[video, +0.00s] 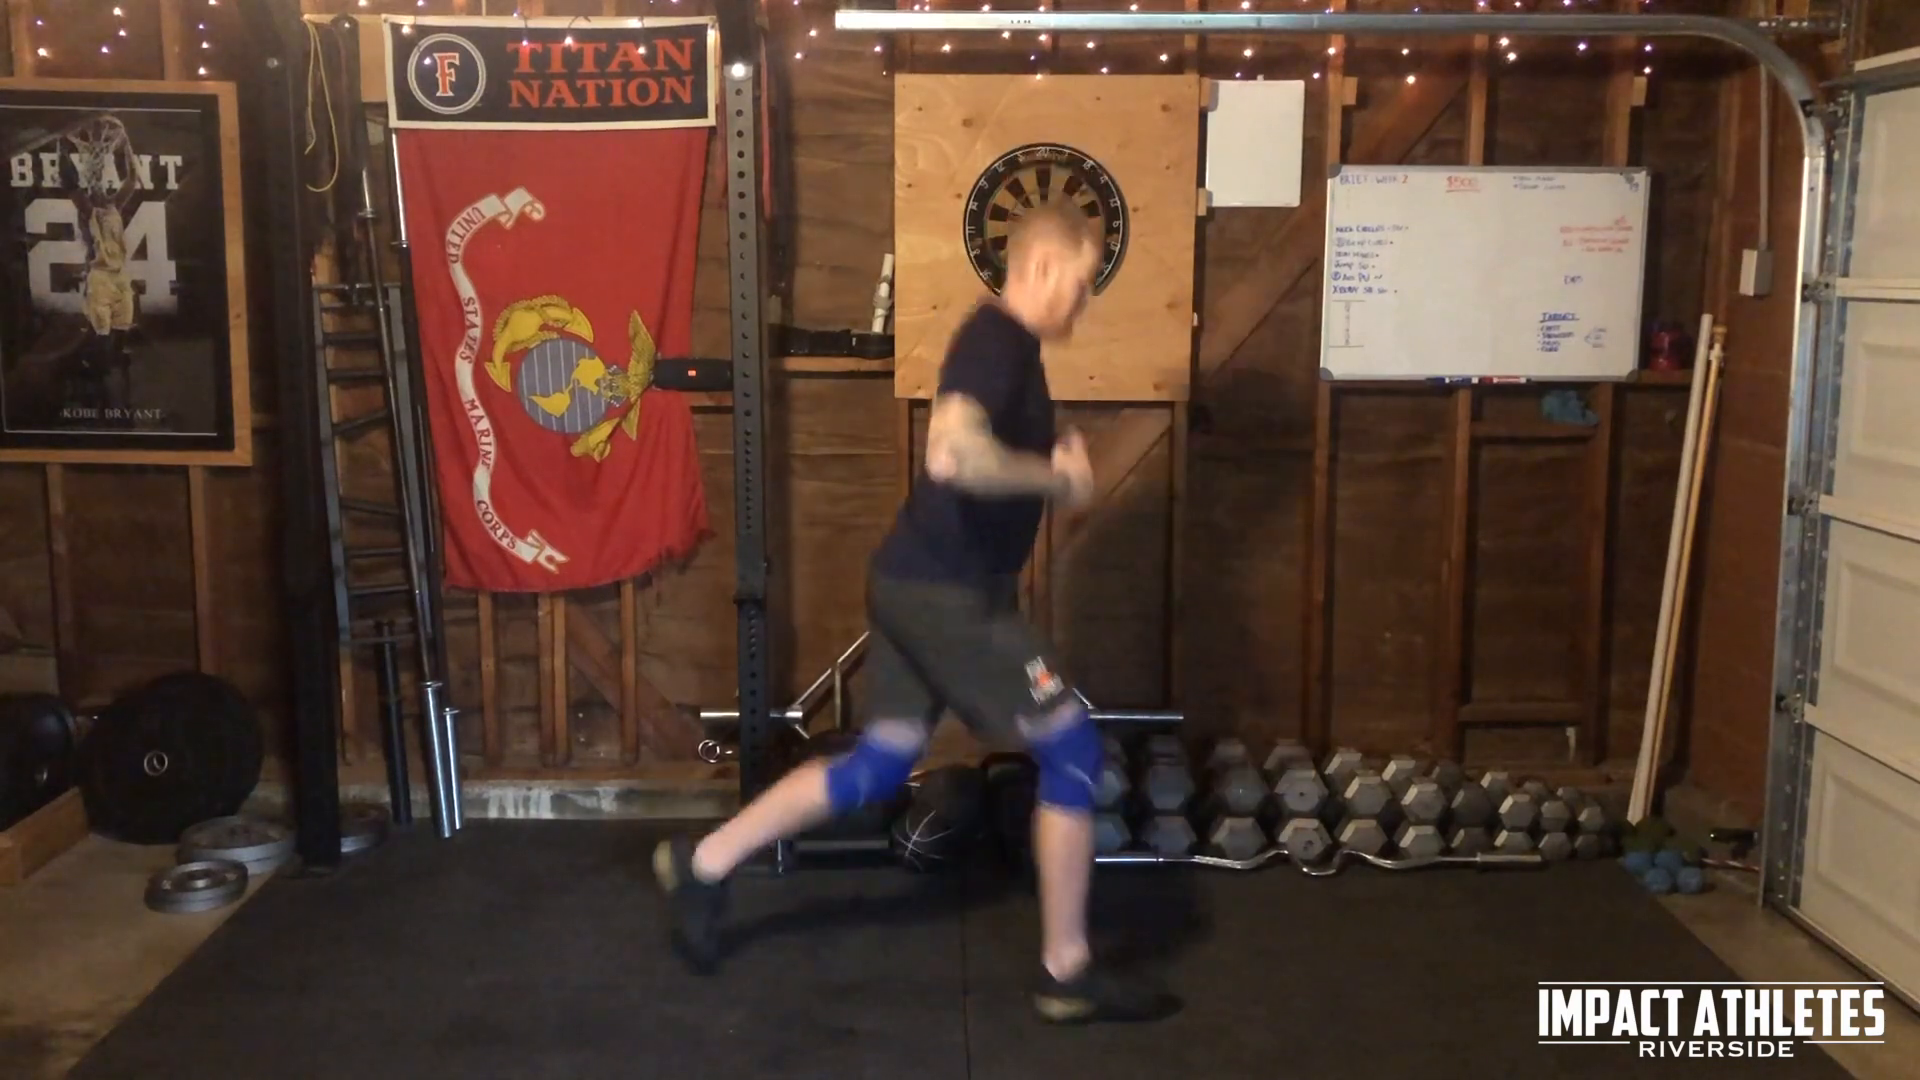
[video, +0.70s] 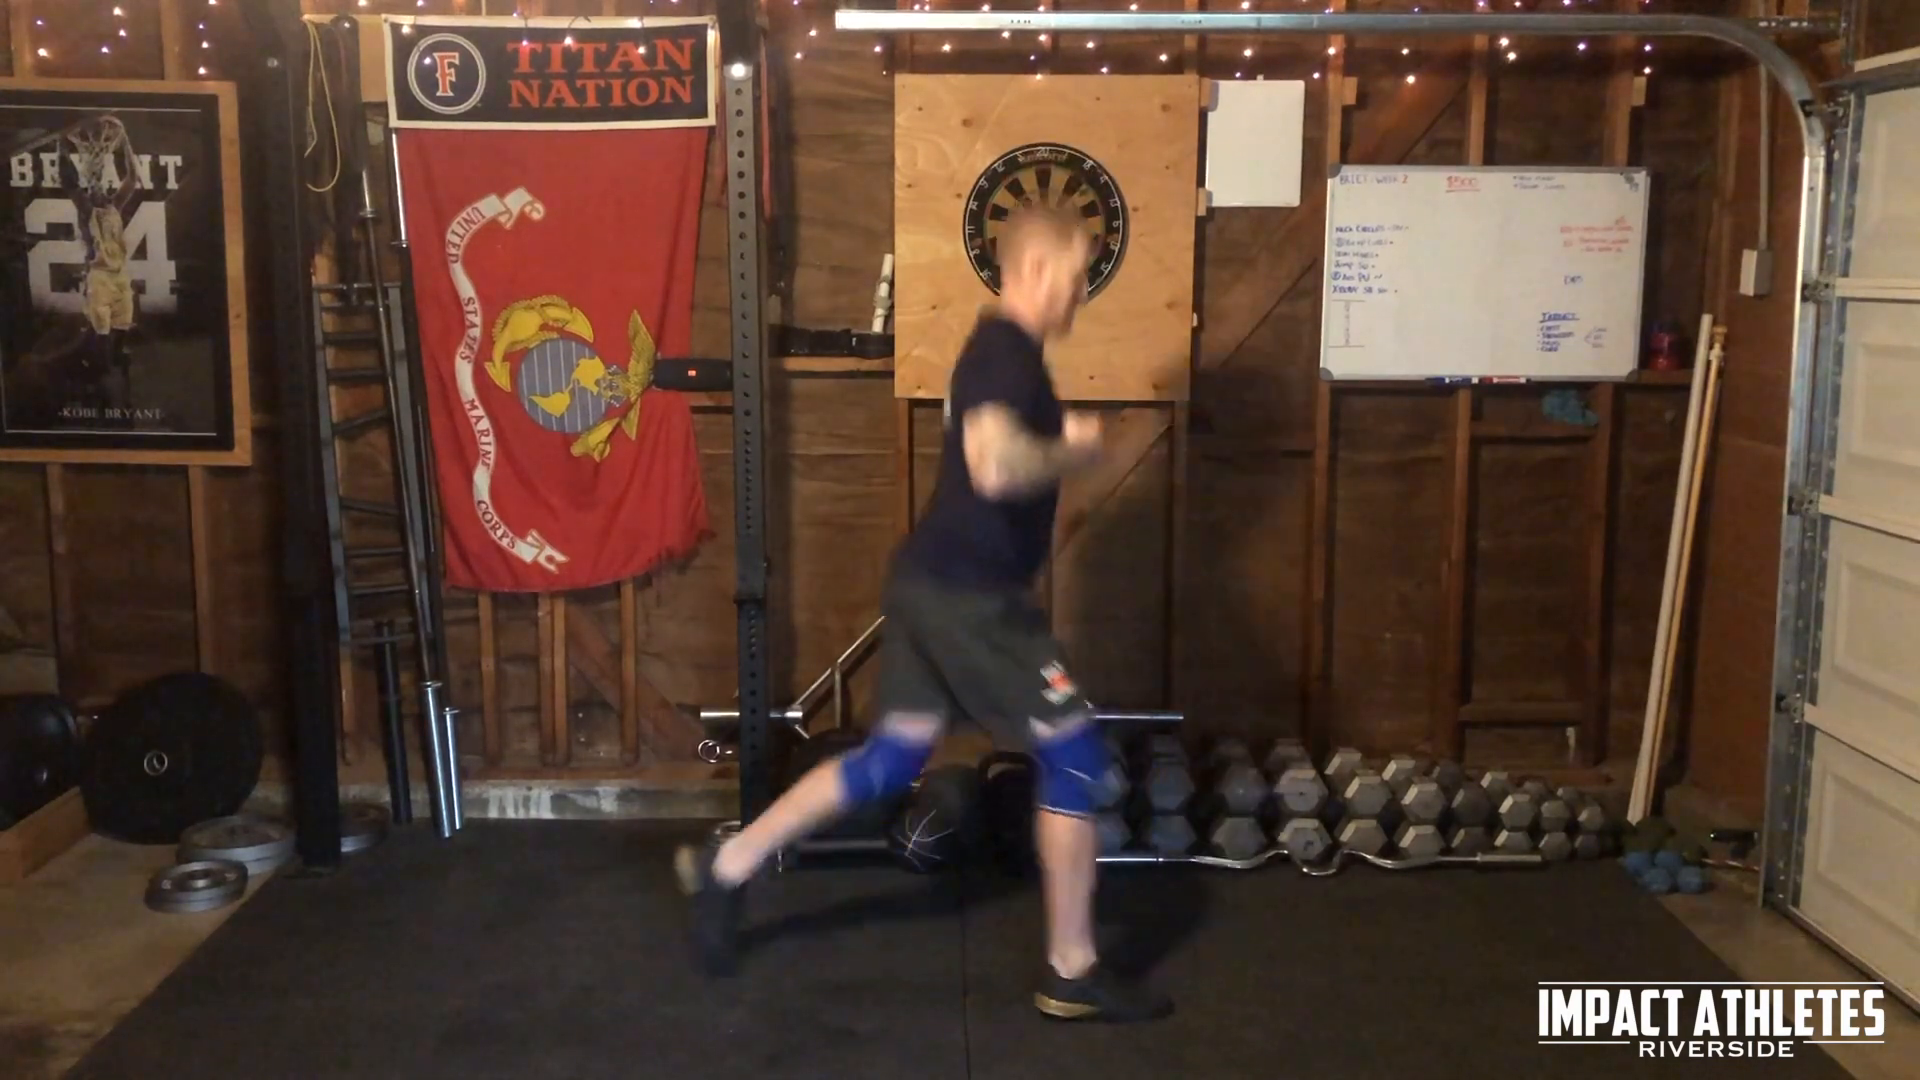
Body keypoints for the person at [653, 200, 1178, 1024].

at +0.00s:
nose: (1084, 300)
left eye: (1088, 283)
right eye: (1081, 281)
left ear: (1030, 270)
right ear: (1042, 268)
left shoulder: (1013, 346)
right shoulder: (995, 339)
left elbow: (984, 457)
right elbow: (952, 453)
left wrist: (1057, 465)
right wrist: (1056, 474)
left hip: (922, 583)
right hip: (942, 590)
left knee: (878, 762)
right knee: (1072, 748)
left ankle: (701, 863)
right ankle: (1068, 967)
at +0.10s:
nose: (1087, 393)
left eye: (1090, 377)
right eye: (1085, 375)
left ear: (1029, 365)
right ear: (1049, 368)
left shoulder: (985, 430)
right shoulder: (1001, 437)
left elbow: (972, 544)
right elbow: (965, 553)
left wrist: (1053, 556)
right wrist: (1067, 570)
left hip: (904, 675)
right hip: (955, 679)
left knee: (871, 849)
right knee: (1118, 784)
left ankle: (672, 902)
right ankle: (1076, 978)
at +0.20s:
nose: (1089, 466)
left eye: (1090, 451)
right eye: (1086, 449)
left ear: (1034, 441)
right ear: (1046, 443)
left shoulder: (985, 507)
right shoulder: (1005, 514)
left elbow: (968, 641)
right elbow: (976, 645)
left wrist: (1047, 690)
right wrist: (1083, 662)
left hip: (902, 738)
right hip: (944, 739)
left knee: (878, 916)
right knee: (1129, 786)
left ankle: (677, 901)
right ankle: (1076, 984)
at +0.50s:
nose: (1077, 462)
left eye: (1077, 446)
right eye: (1072, 446)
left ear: (1014, 444)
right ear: (1034, 446)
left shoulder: (984, 517)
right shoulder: (1001, 525)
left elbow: (991, 648)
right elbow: (1004, 664)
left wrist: (1064, 647)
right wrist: (1083, 634)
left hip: (911, 747)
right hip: (955, 748)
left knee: (881, 922)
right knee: (1138, 785)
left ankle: (680, 901)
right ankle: (1077, 982)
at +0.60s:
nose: (1072, 389)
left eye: (1073, 373)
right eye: (1067, 372)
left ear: (1010, 371)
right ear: (1030, 371)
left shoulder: (981, 444)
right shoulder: (1001, 450)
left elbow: (984, 548)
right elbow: (1001, 572)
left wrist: (1049, 522)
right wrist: (1075, 538)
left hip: (921, 675)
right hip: (976, 678)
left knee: (883, 844)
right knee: (1131, 783)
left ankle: (679, 900)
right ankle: (1077, 975)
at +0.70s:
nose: (1081, 292)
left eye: (1083, 275)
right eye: (1076, 273)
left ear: (1023, 270)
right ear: (1037, 270)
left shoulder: (1006, 349)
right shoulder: (1005, 351)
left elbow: (1004, 461)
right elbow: (995, 462)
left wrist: (1065, 449)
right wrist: (1071, 450)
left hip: (929, 584)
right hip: (969, 593)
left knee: (895, 756)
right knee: (1074, 755)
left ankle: (726, 863)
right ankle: (1073, 968)